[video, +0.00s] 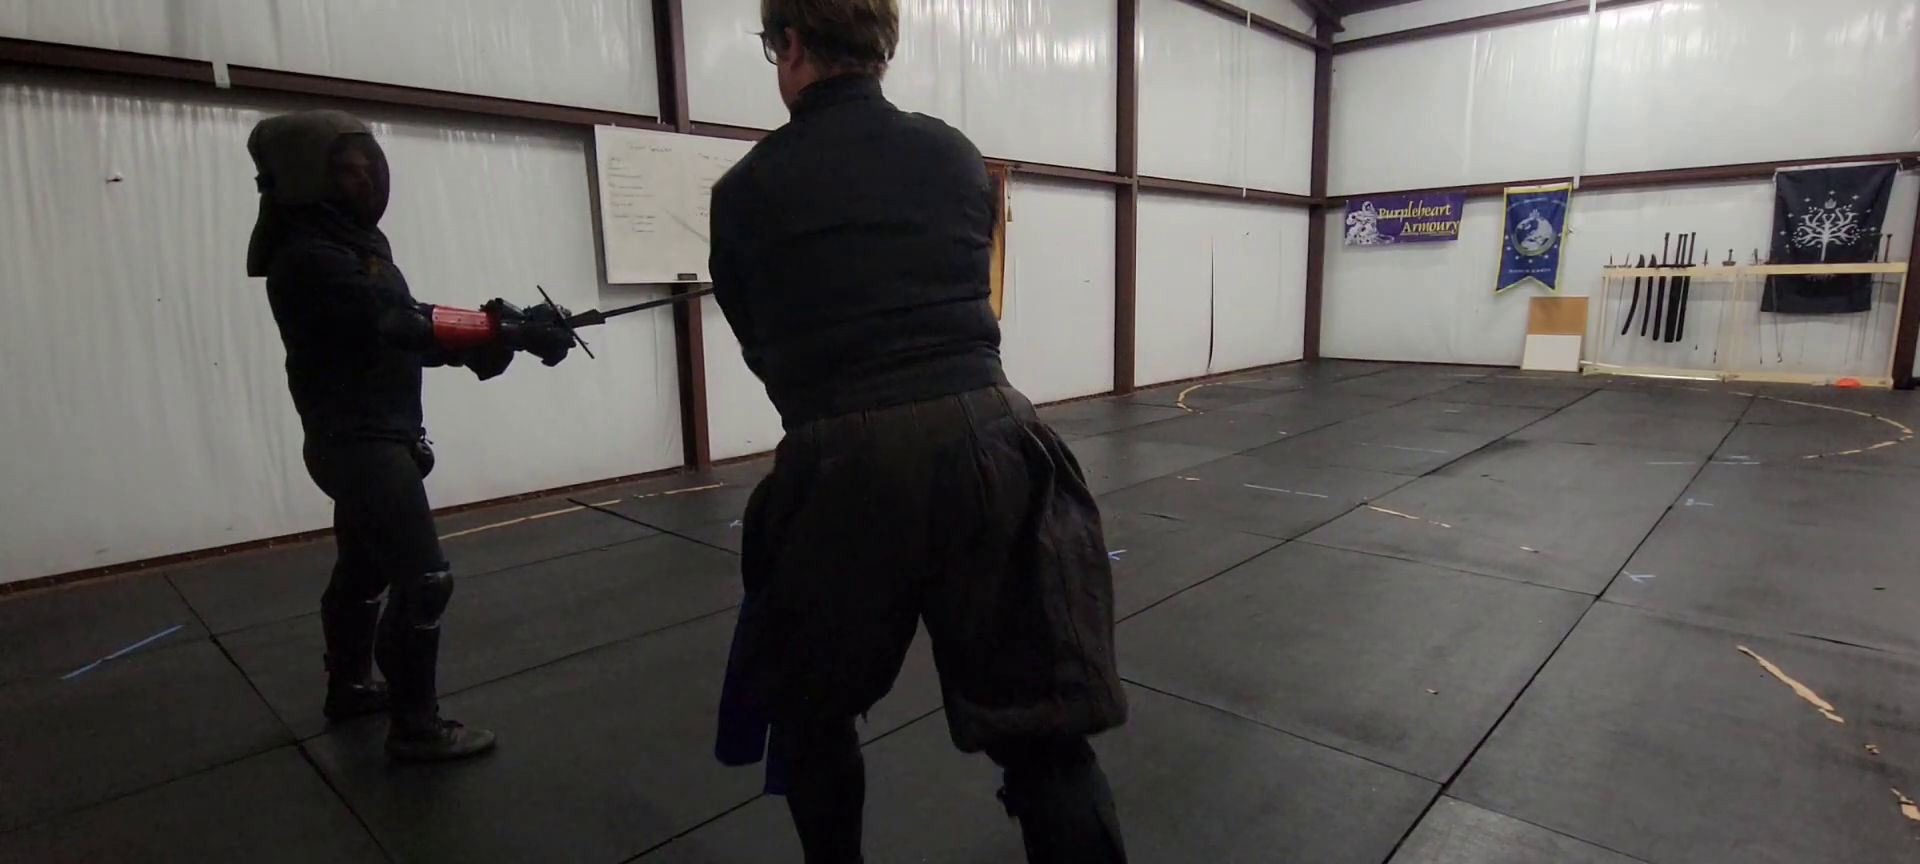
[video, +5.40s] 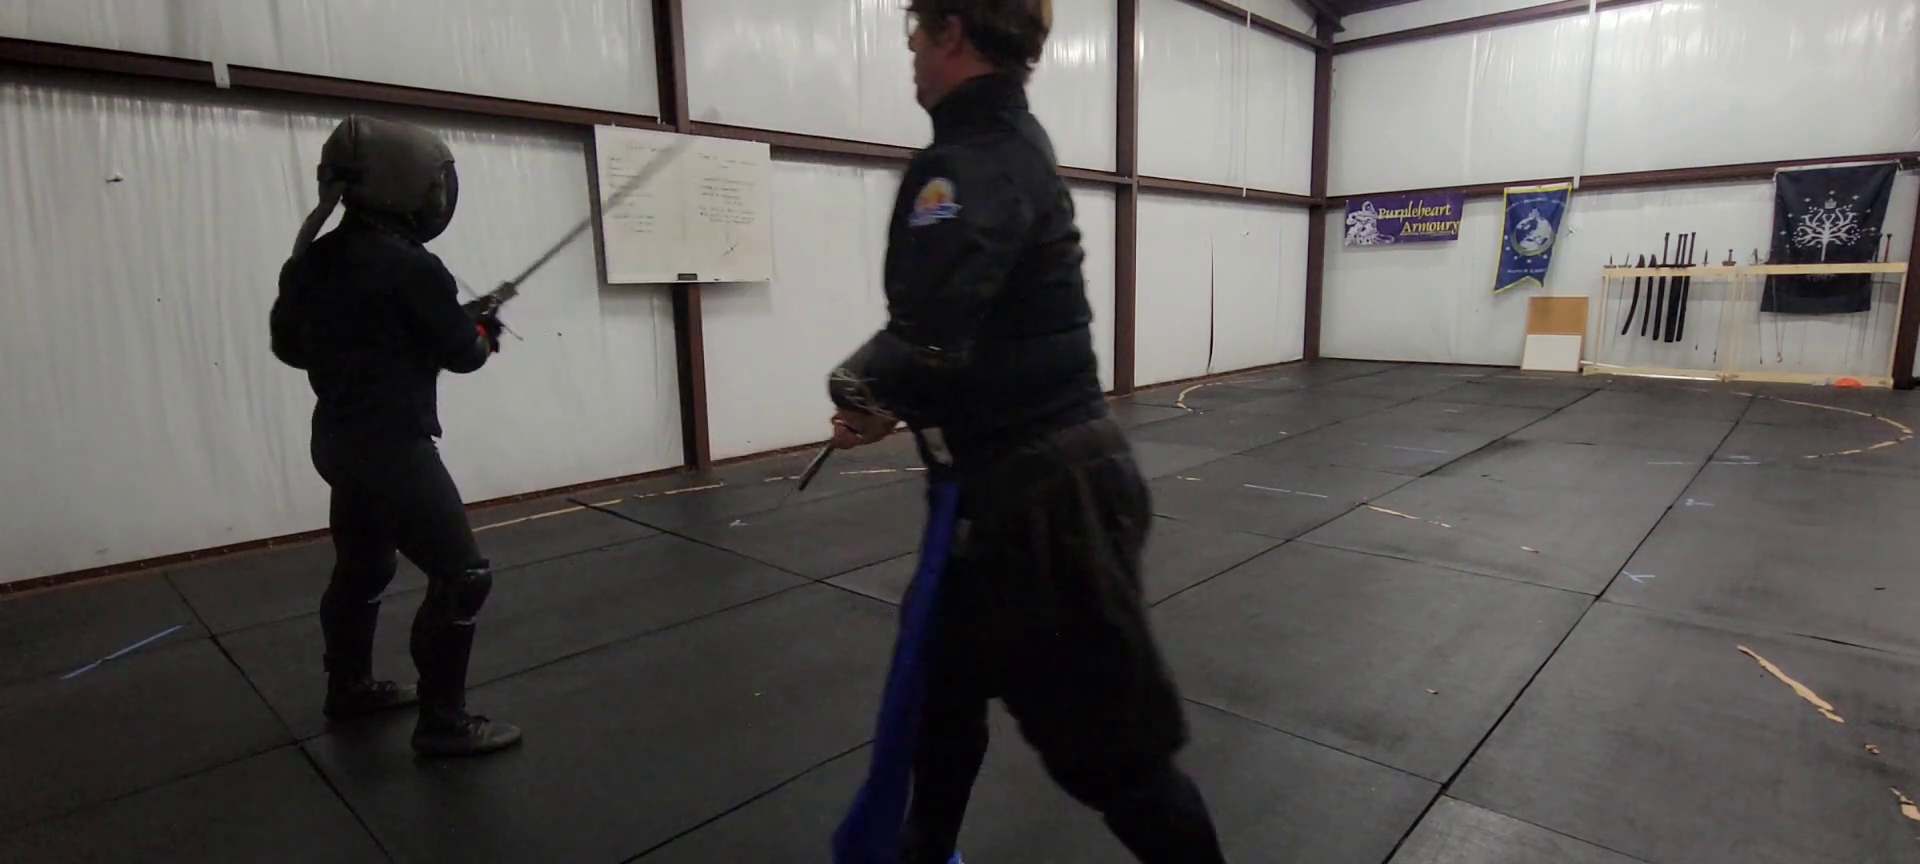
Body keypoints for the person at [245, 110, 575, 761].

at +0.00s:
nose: (377, 178)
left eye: (376, 166)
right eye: (360, 168)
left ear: (373, 173)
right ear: (320, 180)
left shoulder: (356, 244)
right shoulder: (308, 257)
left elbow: (403, 323)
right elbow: (391, 323)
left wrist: (485, 338)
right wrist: (504, 327)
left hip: (382, 440)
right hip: (359, 446)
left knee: (360, 574)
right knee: (422, 583)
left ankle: (350, 690)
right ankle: (416, 728)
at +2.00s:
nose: (355, 182)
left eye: (360, 170)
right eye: (339, 170)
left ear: (365, 180)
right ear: (304, 181)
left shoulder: (353, 248)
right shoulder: (286, 255)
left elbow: (393, 329)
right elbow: (349, 336)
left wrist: (459, 353)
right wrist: (464, 346)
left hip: (380, 436)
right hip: (341, 442)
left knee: (359, 568)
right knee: (392, 581)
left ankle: (349, 687)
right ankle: (411, 724)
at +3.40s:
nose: (373, 180)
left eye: (376, 169)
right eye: (357, 168)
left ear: (380, 177)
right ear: (322, 179)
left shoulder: (348, 250)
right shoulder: (313, 257)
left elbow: (377, 350)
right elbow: (366, 342)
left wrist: (395, 430)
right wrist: (439, 367)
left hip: (370, 439)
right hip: (352, 443)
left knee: (358, 569)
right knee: (395, 580)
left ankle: (350, 688)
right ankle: (410, 722)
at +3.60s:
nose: (389, 181)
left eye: (388, 168)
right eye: (377, 168)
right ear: (346, 176)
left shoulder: (343, 250)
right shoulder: (325, 257)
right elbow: (371, 353)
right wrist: (432, 361)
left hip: (364, 440)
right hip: (361, 445)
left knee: (358, 566)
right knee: (392, 571)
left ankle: (349, 686)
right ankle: (412, 719)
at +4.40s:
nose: (432, 196)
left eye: (433, 183)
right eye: (422, 183)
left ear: (358, 189)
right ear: (389, 188)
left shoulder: (341, 256)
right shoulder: (374, 261)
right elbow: (423, 363)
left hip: (357, 443)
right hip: (382, 447)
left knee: (378, 568)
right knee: (447, 578)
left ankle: (350, 688)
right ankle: (441, 721)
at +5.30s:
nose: (439, 192)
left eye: (437, 180)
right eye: (431, 180)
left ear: (348, 187)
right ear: (407, 189)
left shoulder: (306, 268)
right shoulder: (406, 268)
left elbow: (383, 342)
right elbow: (461, 344)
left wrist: (471, 330)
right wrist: (507, 336)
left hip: (339, 448)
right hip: (398, 451)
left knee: (360, 570)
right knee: (459, 577)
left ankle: (349, 691)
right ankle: (444, 723)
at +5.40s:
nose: (446, 195)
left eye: (444, 182)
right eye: (439, 183)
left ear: (358, 186)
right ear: (419, 191)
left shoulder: (314, 261)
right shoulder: (414, 267)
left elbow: (288, 345)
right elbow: (461, 352)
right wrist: (481, 328)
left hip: (340, 445)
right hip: (398, 449)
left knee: (360, 568)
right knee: (460, 577)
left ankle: (348, 690)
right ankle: (444, 722)